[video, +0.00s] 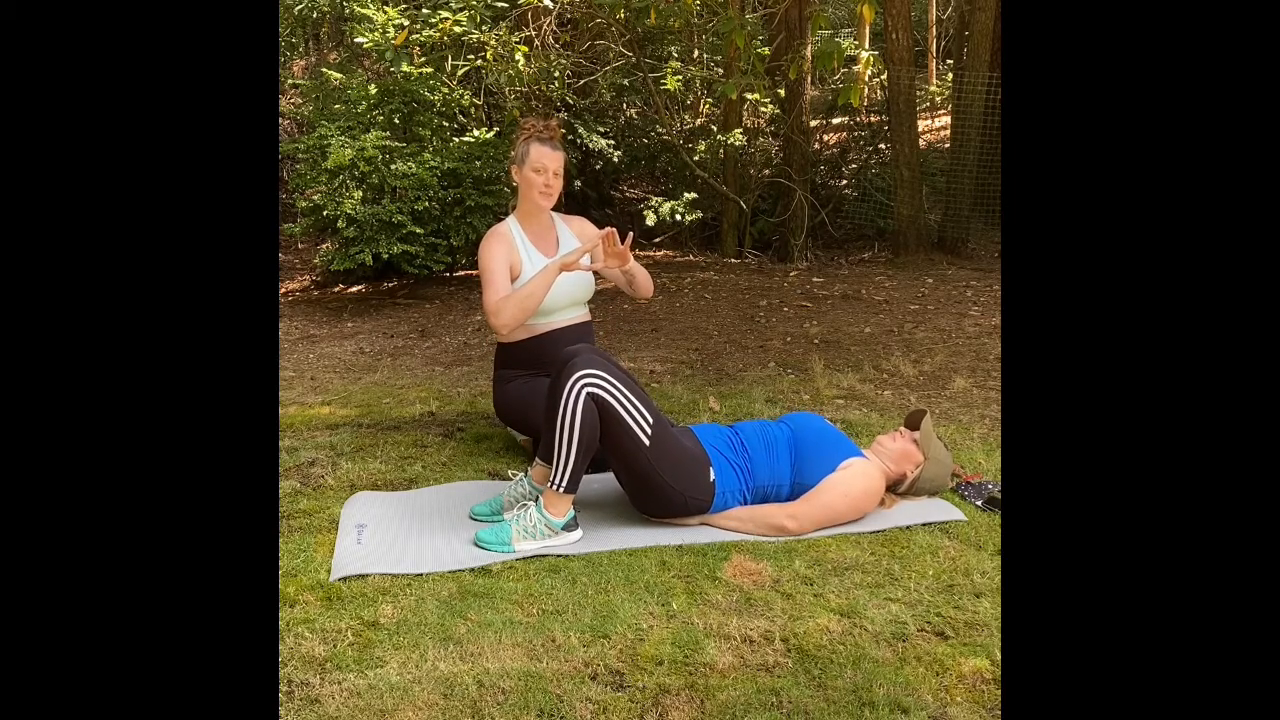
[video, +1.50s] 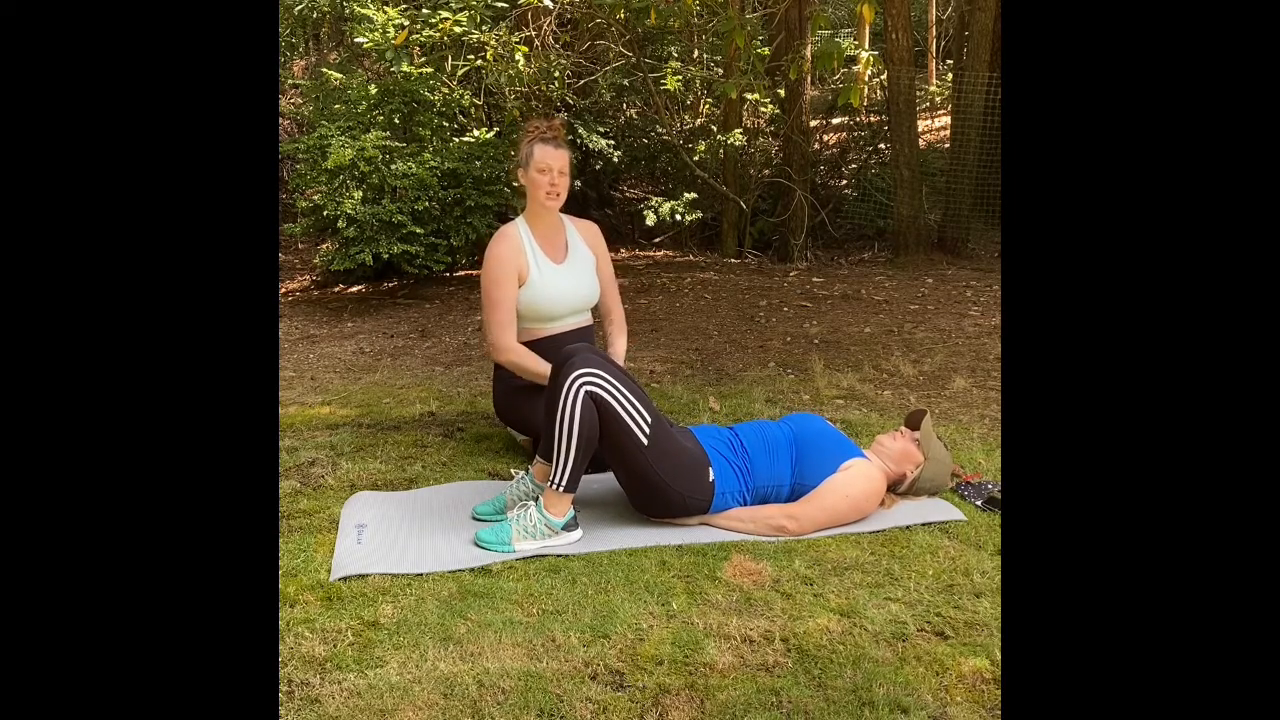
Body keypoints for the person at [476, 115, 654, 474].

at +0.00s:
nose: (550, 182)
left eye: (557, 174)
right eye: (539, 171)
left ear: (564, 179)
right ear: (516, 174)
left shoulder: (579, 229)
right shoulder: (498, 242)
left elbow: (644, 292)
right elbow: (501, 321)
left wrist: (629, 269)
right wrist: (554, 267)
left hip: (583, 364)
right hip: (523, 377)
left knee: (641, 441)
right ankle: (540, 452)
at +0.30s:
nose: (553, 185)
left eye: (559, 176)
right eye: (542, 173)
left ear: (565, 178)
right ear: (516, 174)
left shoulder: (580, 229)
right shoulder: (498, 243)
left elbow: (644, 291)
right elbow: (501, 323)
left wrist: (627, 270)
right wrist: (555, 270)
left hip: (585, 364)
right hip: (523, 376)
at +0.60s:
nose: (554, 186)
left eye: (560, 177)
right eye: (544, 175)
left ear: (566, 179)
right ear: (517, 174)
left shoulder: (579, 229)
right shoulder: (498, 243)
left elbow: (645, 291)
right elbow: (501, 323)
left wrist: (626, 271)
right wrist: (556, 272)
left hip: (585, 364)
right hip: (523, 377)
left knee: (641, 439)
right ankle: (540, 453)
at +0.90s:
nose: (553, 187)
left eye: (560, 177)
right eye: (543, 175)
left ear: (566, 180)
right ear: (518, 174)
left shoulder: (580, 229)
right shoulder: (498, 243)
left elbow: (645, 292)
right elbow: (501, 323)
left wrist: (627, 272)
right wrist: (557, 272)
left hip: (584, 364)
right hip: (523, 376)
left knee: (638, 438)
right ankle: (540, 455)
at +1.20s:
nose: (549, 181)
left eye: (558, 173)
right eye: (539, 171)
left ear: (565, 179)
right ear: (518, 174)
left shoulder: (583, 231)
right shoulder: (502, 242)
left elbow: (626, 289)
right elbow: (491, 336)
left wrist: (629, 302)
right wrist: (564, 320)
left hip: (581, 368)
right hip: (521, 381)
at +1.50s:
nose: (554, 181)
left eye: (562, 173)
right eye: (542, 171)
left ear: (569, 179)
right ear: (522, 177)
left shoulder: (588, 233)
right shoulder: (506, 246)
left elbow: (613, 317)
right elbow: (501, 347)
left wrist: (613, 370)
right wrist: (569, 381)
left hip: (584, 370)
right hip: (525, 382)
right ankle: (537, 443)